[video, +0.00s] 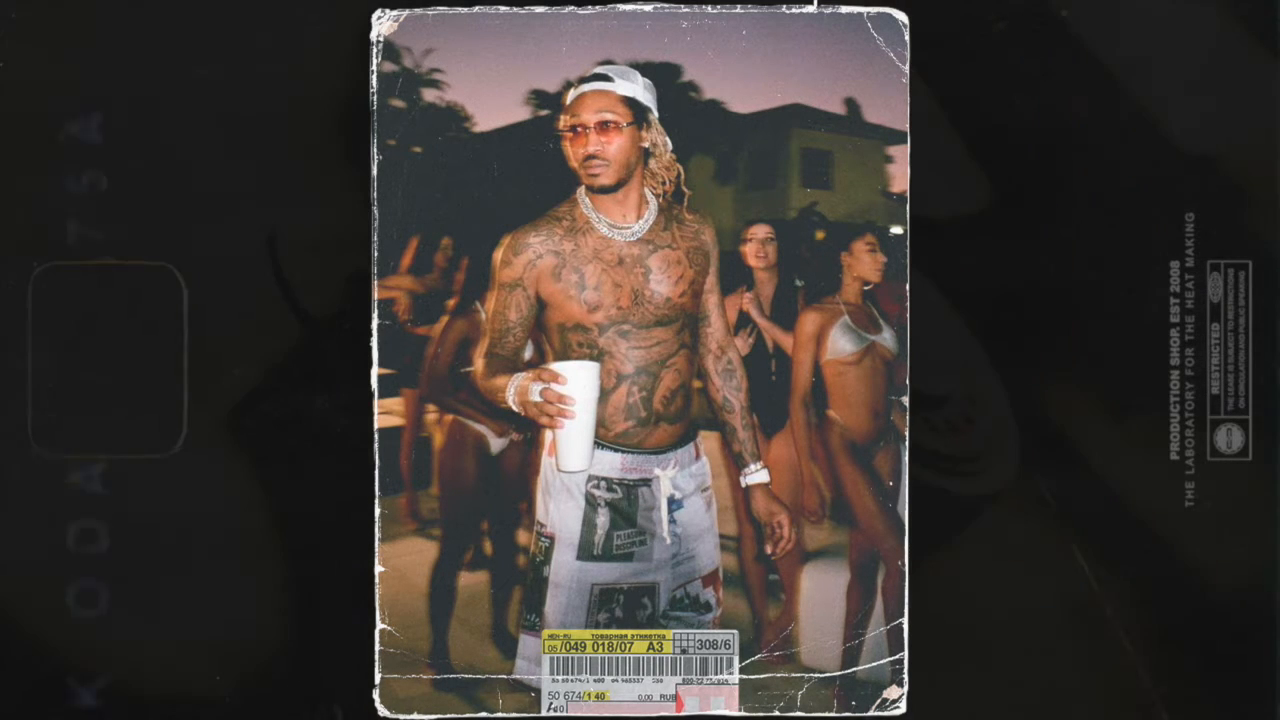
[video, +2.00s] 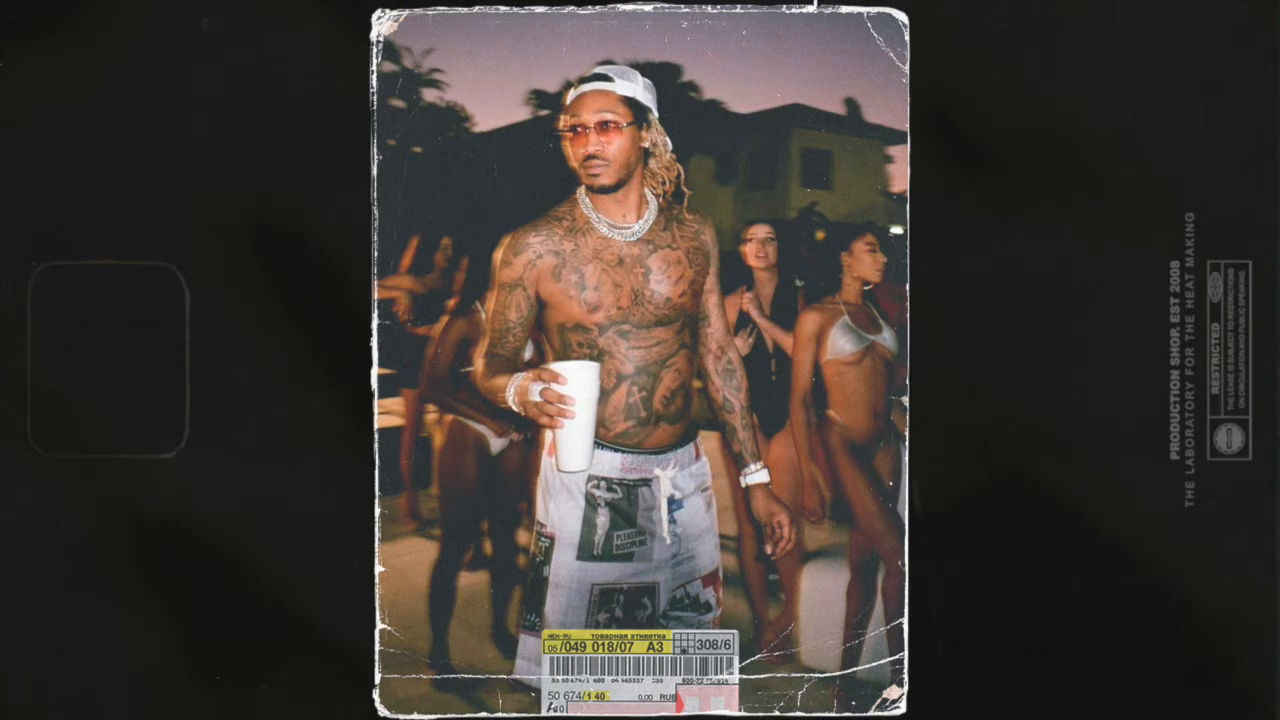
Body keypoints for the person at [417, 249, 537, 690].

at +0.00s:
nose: (513, 293)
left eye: (521, 286)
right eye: (507, 284)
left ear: (530, 293)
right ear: (493, 284)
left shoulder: (531, 333)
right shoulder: (464, 324)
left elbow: (543, 384)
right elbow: (435, 387)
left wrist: (529, 420)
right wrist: (490, 422)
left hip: (514, 444)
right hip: (465, 441)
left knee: (506, 540)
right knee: (456, 544)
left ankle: (501, 627)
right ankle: (439, 650)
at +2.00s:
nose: (514, 289)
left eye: (521, 281)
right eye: (507, 279)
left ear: (531, 289)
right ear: (493, 278)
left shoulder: (531, 333)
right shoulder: (465, 322)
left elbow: (543, 386)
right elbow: (434, 386)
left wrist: (529, 421)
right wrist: (490, 422)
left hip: (515, 443)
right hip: (465, 439)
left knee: (506, 540)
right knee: (456, 544)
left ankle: (501, 627)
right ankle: (439, 650)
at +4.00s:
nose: (515, 286)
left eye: (523, 278)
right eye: (509, 276)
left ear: (532, 287)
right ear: (495, 277)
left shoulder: (531, 331)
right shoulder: (466, 321)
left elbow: (544, 384)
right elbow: (434, 386)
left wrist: (530, 421)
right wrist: (490, 421)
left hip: (515, 443)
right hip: (465, 439)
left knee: (506, 541)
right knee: (455, 545)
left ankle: (501, 627)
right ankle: (439, 652)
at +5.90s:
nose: (517, 287)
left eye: (524, 280)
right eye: (510, 277)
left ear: (533, 289)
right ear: (495, 278)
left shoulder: (532, 332)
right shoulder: (466, 322)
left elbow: (543, 385)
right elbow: (434, 387)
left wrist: (529, 421)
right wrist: (489, 421)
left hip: (514, 446)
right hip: (465, 441)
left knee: (506, 541)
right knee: (456, 544)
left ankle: (501, 627)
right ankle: (439, 648)